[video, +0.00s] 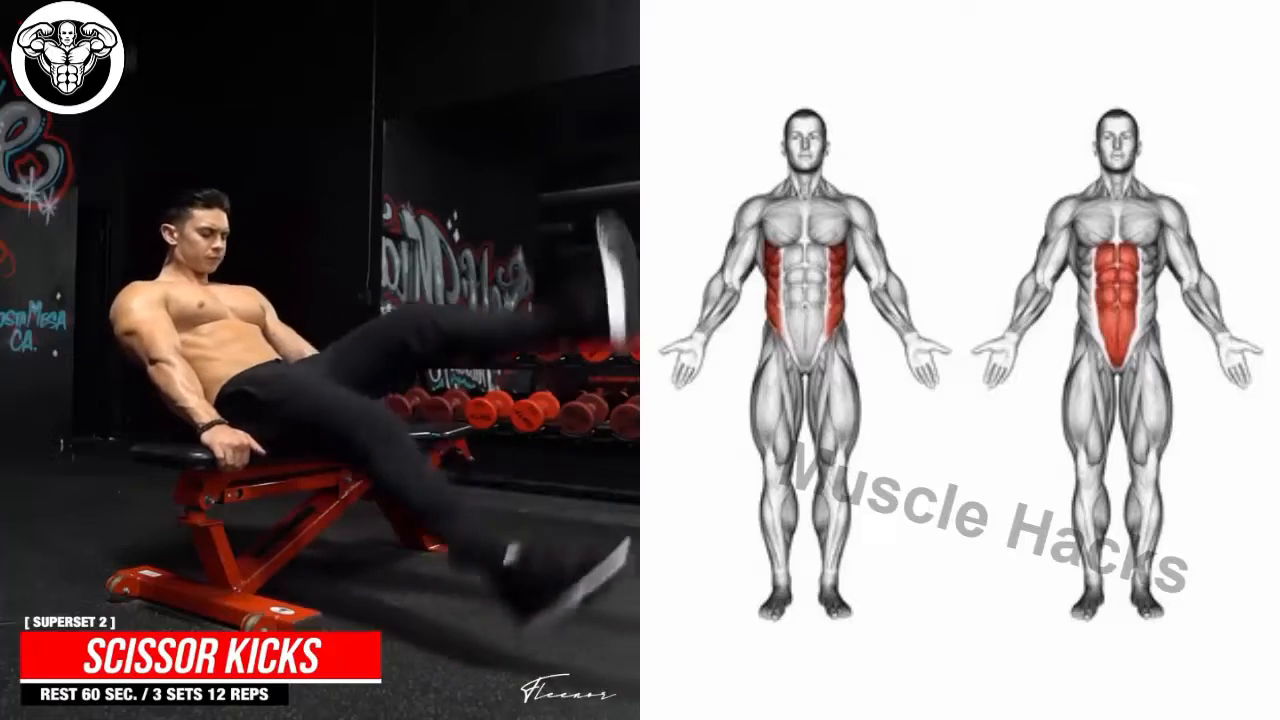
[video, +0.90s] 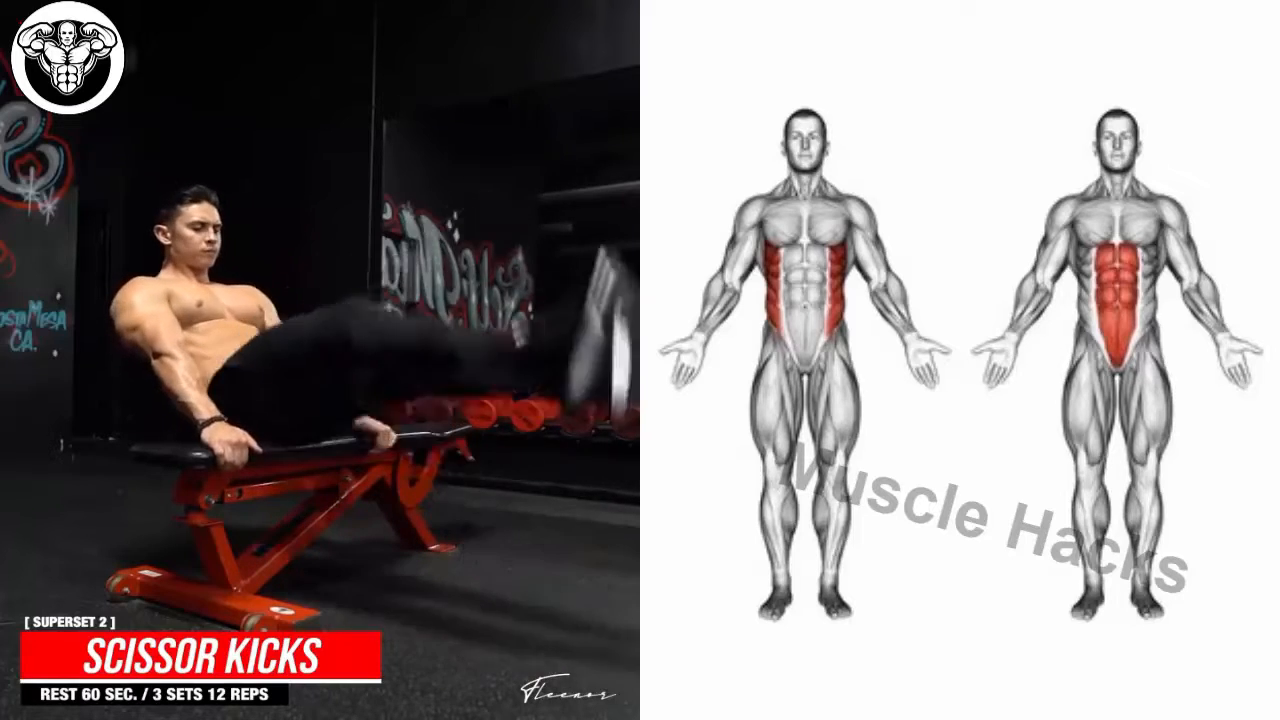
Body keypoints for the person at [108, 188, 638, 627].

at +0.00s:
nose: (217, 244)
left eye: (222, 235)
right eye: (206, 233)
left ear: (222, 240)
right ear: (170, 234)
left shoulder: (246, 296)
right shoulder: (140, 297)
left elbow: (309, 355)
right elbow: (163, 364)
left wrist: (371, 388)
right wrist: (208, 424)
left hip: (305, 380)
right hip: (249, 393)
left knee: (409, 324)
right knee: (373, 426)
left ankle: (567, 317)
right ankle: (507, 567)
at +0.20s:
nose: (227, 240)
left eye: (232, 231)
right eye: (216, 229)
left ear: (231, 234)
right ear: (179, 229)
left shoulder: (251, 293)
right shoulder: (145, 291)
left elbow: (311, 356)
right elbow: (166, 361)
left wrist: (366, 387)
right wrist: (210, 422)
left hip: (303, 376)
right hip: (251, 392)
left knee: (399, 310)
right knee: (374, 434)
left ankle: (562, 244)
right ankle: (507, 577)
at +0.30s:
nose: (222, 241)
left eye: (228, 234)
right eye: (211, 231)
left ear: (228, 237)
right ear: (175, 229)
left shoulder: (251, 294)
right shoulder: (144, 293)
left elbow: (313, 354)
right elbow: (163, 360)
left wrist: (375, 390)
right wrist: (210, 426)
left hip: (298, 376)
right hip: (239, 392)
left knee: (408, 325)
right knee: (370, 384)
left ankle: (559, 316)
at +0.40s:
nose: (217, 242)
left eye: (222, 233)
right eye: (205, 231)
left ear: (225, 240)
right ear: (170, 235)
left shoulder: (250, 293)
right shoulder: (140, 296)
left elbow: (300, 359)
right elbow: (162, 361)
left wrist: (361, 416)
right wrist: (210, 424)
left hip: (306, 399)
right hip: (247, 402)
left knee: (423, 358)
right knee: (365, 340)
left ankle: (562, 425)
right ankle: (531, 344)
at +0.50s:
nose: (214, 240)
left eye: (219, 232)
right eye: (202, 230)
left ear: (221, 237)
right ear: (166, 233)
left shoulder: (250, 294)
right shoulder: (140, 297)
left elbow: (304, 352)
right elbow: (161, 365)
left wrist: (341, 409)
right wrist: (208, 424)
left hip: (304, 399)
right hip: (244, 400)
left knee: (431, 401)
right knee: (345, 299)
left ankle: (551, 541)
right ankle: (511, 236)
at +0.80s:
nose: (209, 237)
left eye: (214, 228)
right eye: (195, 227)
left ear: (218, 235)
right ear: (163, 234)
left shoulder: (246, 295)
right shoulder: (140, 295)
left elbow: (298, 347)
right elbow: (165, 359)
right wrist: (209, 423)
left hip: (298, 399)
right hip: (240, 398)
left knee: (418, 391)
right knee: (326, 295)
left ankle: (556, 495)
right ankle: (510, 255)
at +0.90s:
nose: (210, 238)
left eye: (215, 229)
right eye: (197, 228)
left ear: (219, 239)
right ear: (164, 236)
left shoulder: (250, 295)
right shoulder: (142, 292)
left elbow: (297, 364)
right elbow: (167, 357)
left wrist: (354, 416)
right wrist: (211, 421)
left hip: (302, 406)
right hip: (243, 406)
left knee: (391, 346)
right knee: (345, 322)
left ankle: (561, 367)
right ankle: (523, 358)